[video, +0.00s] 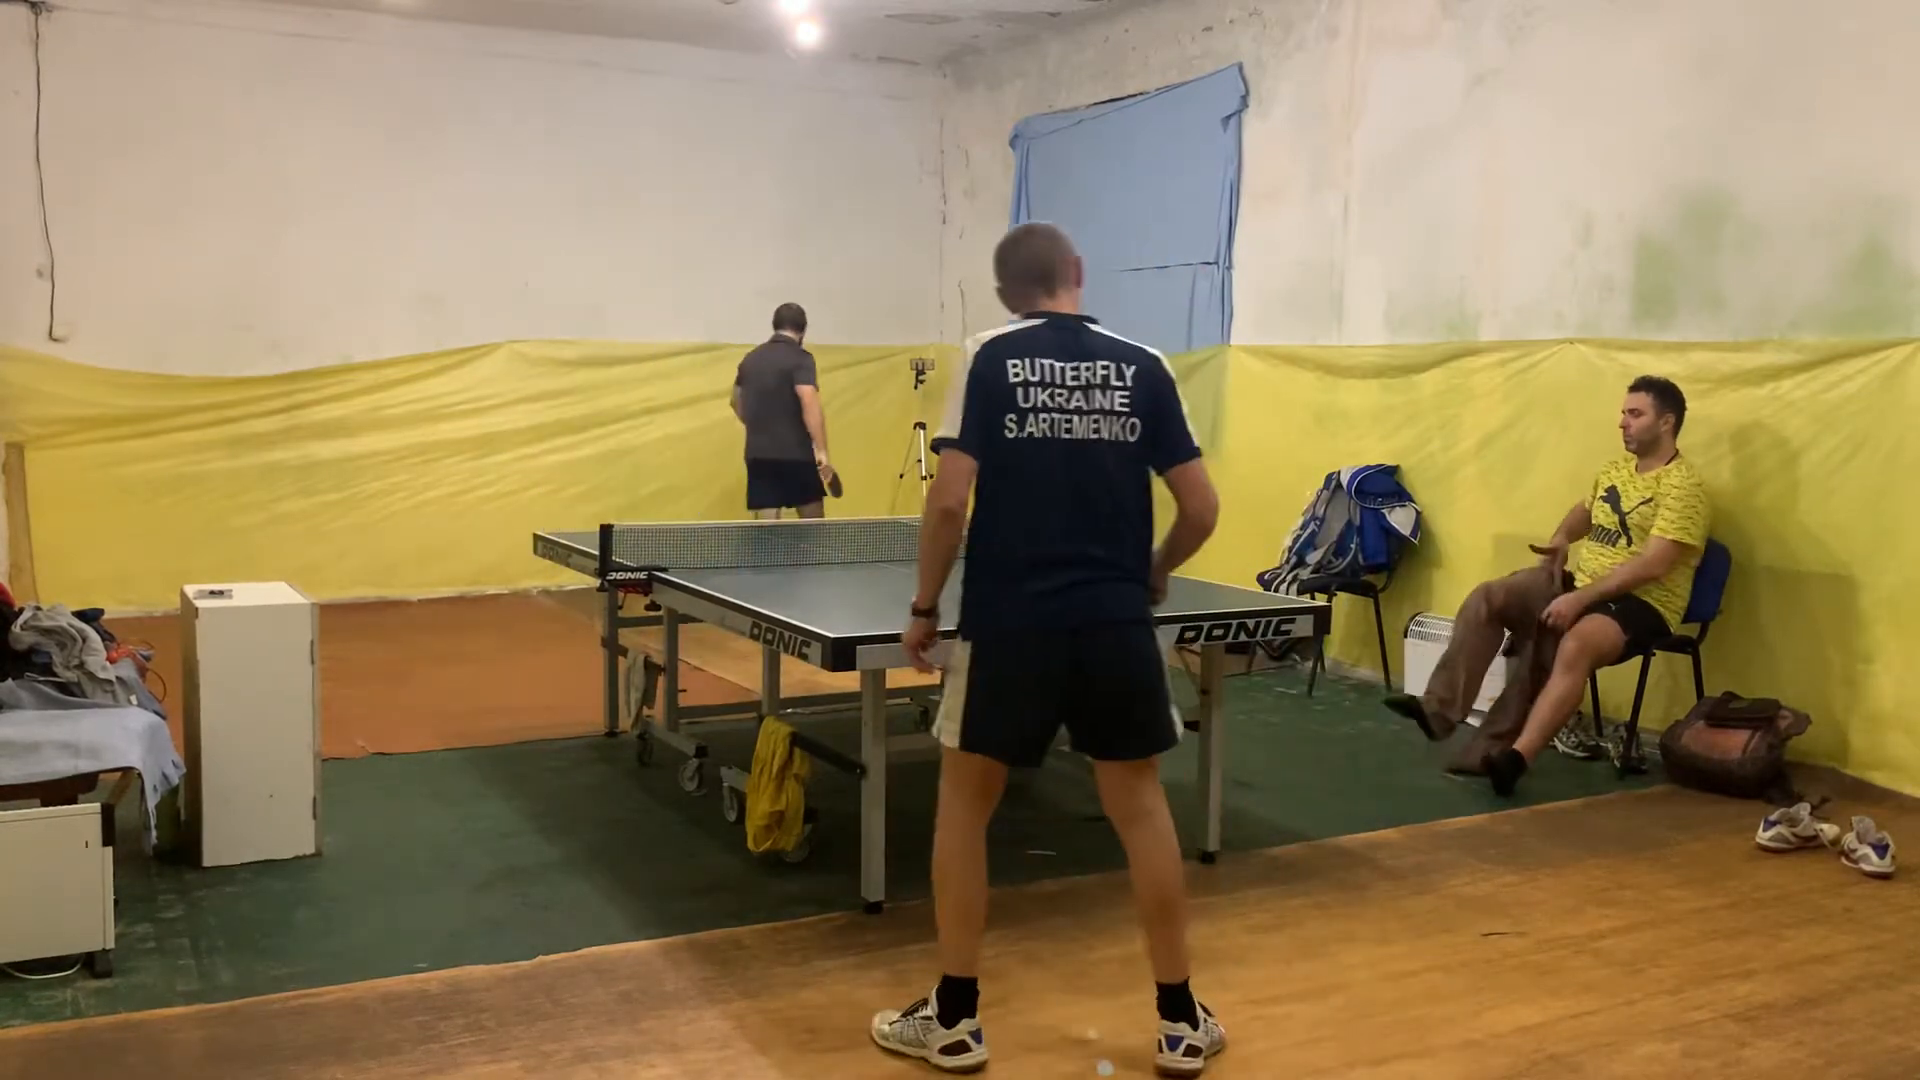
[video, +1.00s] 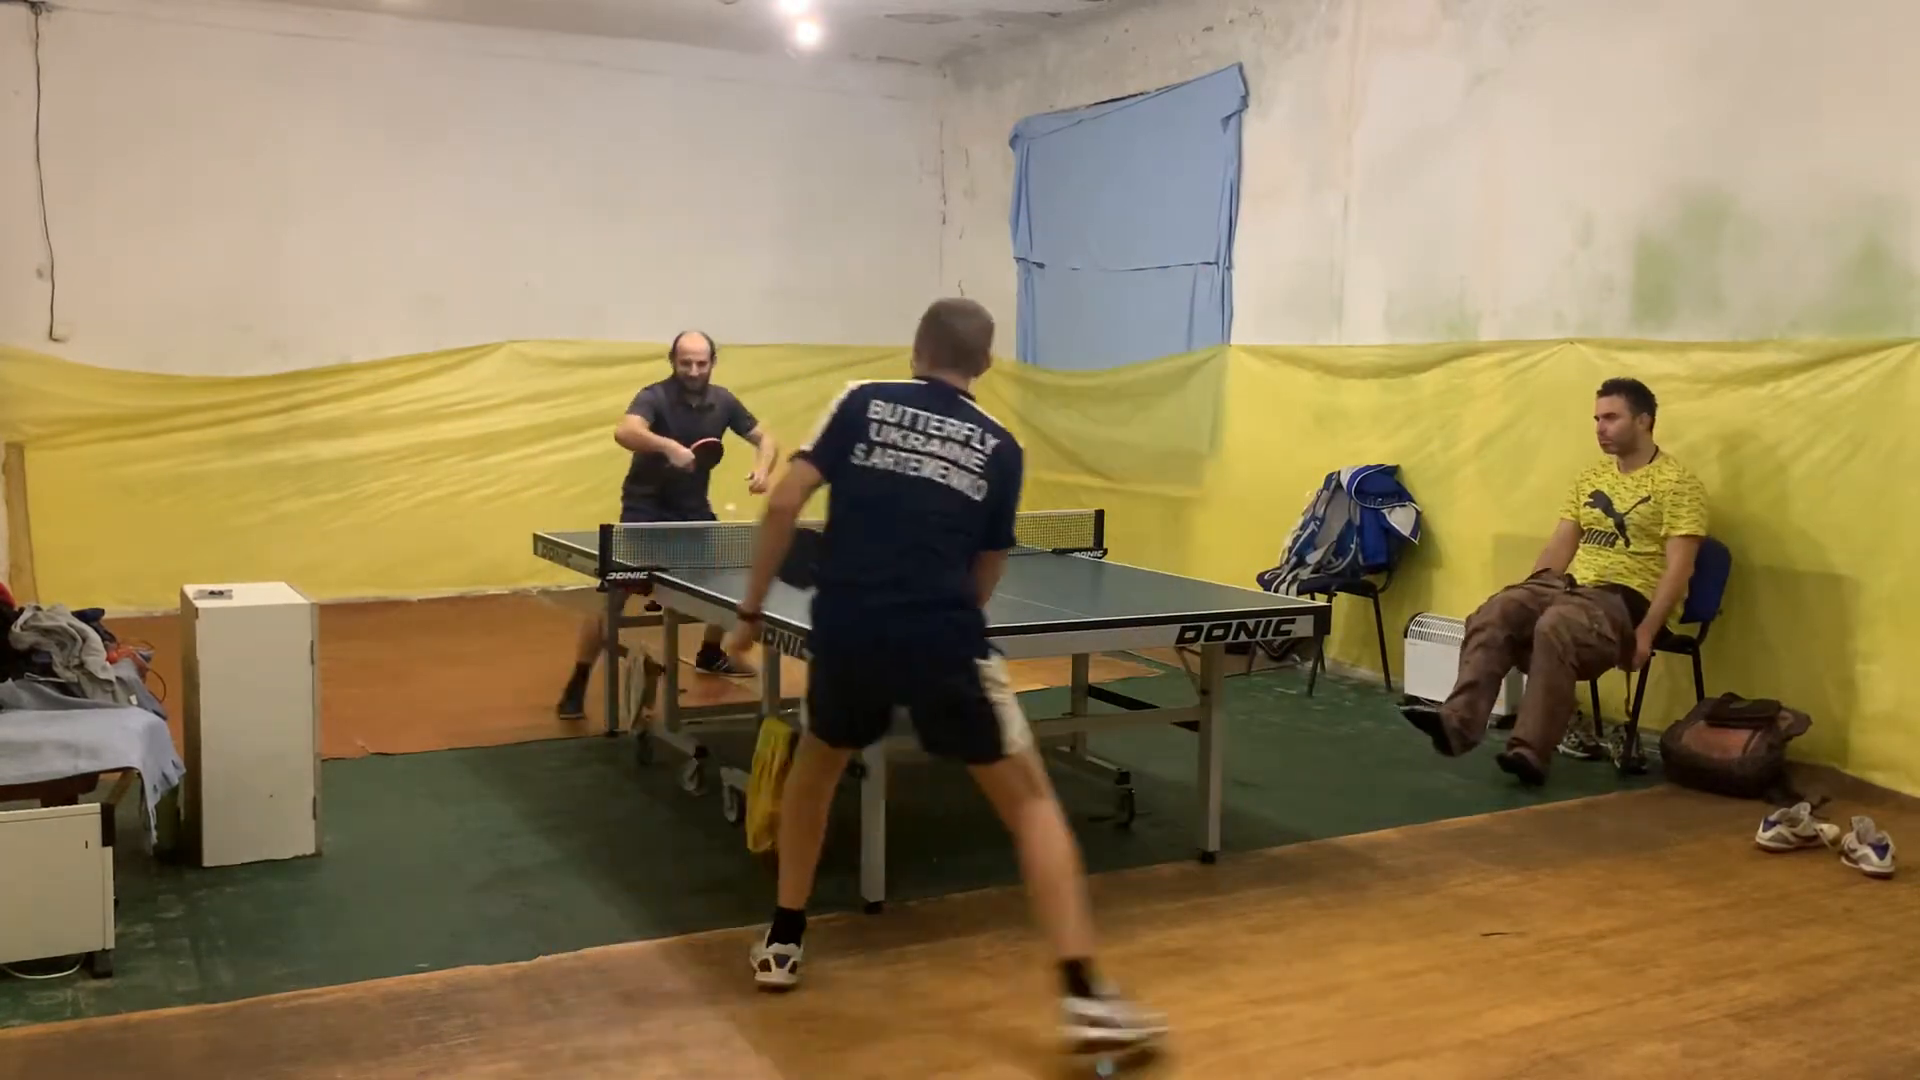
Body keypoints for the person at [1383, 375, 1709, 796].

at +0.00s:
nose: (1623, 422)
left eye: (1634, 414)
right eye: (1624, 413)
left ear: (1668, 423)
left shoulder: (1683, 485)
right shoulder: (1618, 468)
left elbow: (1656, 563)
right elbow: (1587, 512)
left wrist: (1582, 598)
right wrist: (1561, 537)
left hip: (1643, 599)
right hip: (1582, 581)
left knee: (1573, 642)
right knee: (1487, 599)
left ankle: (1513, 757)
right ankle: (1441, 710)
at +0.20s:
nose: (1610, 431)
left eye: (1620, 420)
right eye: (1605, 421)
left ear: (1652, 421)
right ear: (1601, 423)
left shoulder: (1682, 485)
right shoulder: (1595, 475)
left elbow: (1691, 569)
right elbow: (1560, 539)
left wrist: (1643, 609)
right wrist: (1522, 586)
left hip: (1627, 601)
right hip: (1569, 589)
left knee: (1549, 628)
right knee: (1489, 625)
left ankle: (1531, 750)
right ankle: (1452, 739)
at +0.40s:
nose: (1607, 429)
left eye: (1617, 419)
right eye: (1603, 420)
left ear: (1650, 420)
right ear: (1599, 421)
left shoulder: (1679, 483)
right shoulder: (1594, 477)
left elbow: (1684, 568)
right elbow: (1563, 547)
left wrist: (1644, 622)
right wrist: (1525, 593)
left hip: (1628, 597)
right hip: (1571, 587)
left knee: (1548, 627)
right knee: (1493, 619)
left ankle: (1530, 749)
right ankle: (1449, 732)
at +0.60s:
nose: (1606, 428)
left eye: (1616, 418)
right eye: (1601, 419)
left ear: (1648, 420)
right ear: (1598, 421)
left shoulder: (1680, 485)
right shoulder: (1594, 476)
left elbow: (1678, 571)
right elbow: (1562, 545)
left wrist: (1644, 633)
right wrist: (1529, 594)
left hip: (1626, 597)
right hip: (1570, 587)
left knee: (1552, 626)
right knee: (1495, 615)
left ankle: (1530, 750)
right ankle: (1446, 721)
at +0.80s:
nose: (1602, 429)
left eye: (1612, 419)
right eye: (1599, 419)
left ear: (1646, 421)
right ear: (1597, 421)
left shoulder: (1679, 485)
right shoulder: (1591, 477)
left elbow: (1677, 570)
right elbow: (1560, 547)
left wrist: (1645, 632)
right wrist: (1528, 593)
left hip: (1625, 596)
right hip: (1569, 587)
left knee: (1555, 627)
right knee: (1495, 613)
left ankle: (1530, 751)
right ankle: (1451, 718)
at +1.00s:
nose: (1600, 428)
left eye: (1610, 418)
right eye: (1597, 419)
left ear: (1644, 420)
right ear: (1596, 422)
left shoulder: (1679, 483)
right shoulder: (1592, 476)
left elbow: (1680, 568)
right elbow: (1561, 546)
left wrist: (1647, 630)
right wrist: (1531, 592)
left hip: (1627, 596)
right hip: (1570, 587)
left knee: (1557, 627)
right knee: (1496, 614)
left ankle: (1531, 751)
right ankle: (1458, 723)